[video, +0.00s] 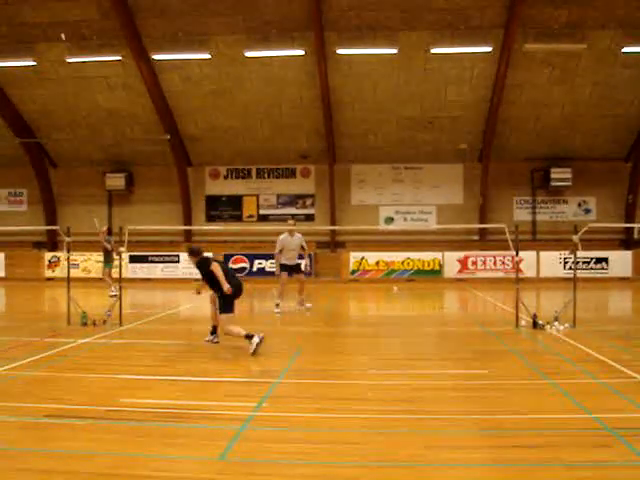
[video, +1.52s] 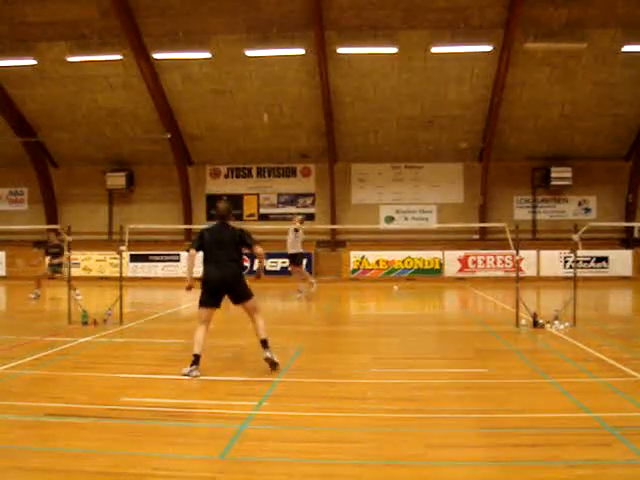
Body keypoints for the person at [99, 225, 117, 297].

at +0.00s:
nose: (102, 234)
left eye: (104, 232)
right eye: (102, 232)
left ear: (107, 232)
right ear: (103, 232)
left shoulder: (109, 239)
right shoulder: (106, 239)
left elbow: (110, 248)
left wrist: (103, 241)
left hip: (109, 260)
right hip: (107, 260)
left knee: (106, 275)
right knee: (109, 275)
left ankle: (113, 289)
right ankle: (113, 288)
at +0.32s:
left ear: (106, 237)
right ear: (111, 237)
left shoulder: (105, 243)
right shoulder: (112, 244)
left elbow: (98, 241)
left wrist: (96, 234)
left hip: (107, 264)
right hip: (112, 264)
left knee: (98, 276)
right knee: (107, 277)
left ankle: (111, 287)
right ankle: (115, 286)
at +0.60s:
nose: (103, 225)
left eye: (106, 225)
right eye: (104, 224)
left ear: (108, 227)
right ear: (105, 225)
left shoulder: (106, 234)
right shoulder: (103, 232)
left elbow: (101, 242)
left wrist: (97, 236)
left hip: (101, 254)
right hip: (97, 253)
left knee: (103, 270)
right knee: (101, 270)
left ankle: (110, 281)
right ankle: (108, 281)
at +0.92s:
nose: (92, 234)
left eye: (94, 232)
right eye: (91, 232)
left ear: (97, 234)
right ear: (90, 233)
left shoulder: (98, 243)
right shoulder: (88, 242)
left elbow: (100, 254)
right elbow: (86, 253)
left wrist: (89, 252)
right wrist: (89, 262)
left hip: (96, 261)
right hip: (88, 259)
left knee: (99, 277)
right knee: (78, 272)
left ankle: (106, 288)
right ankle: (76, 288)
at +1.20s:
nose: (72, 229)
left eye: (74, 227)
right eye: (71, 227)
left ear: (78, 228)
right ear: (70, 229)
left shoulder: (82, 239)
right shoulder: (69, 239)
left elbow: (85, 249)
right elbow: (67, 249)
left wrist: (76, 251)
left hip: (80, 258)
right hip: (72, 257)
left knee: (81, 276)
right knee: (70, 275)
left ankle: (87, 287)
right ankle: (73, 290)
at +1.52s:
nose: (51, 238)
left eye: (52, 236)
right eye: (50, 236)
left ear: (56, 236)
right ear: (48, 236)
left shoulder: (61, 246)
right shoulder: (48, 246)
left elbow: (64, 257)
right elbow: (43, 257)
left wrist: (54, 261)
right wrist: (36, 263)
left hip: (60, 267)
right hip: (51, 267)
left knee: (68, 280)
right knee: (38, 277)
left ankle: (76, 291)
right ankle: (37, 292)